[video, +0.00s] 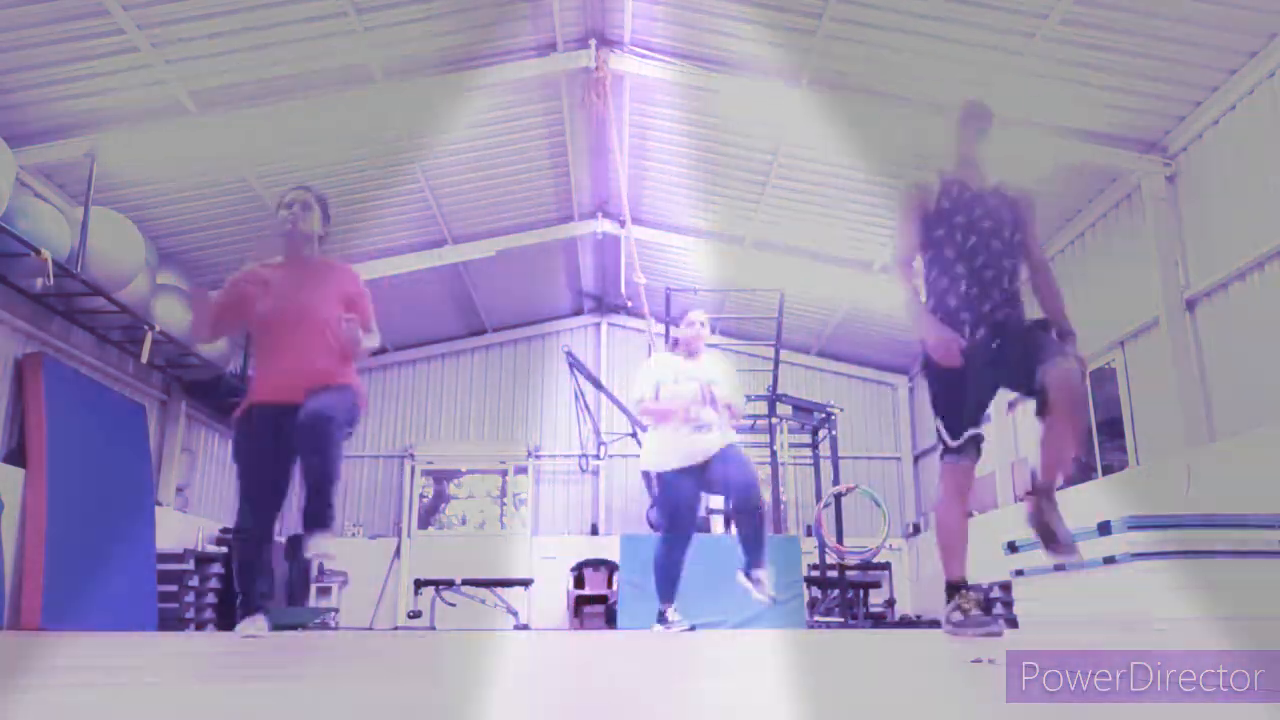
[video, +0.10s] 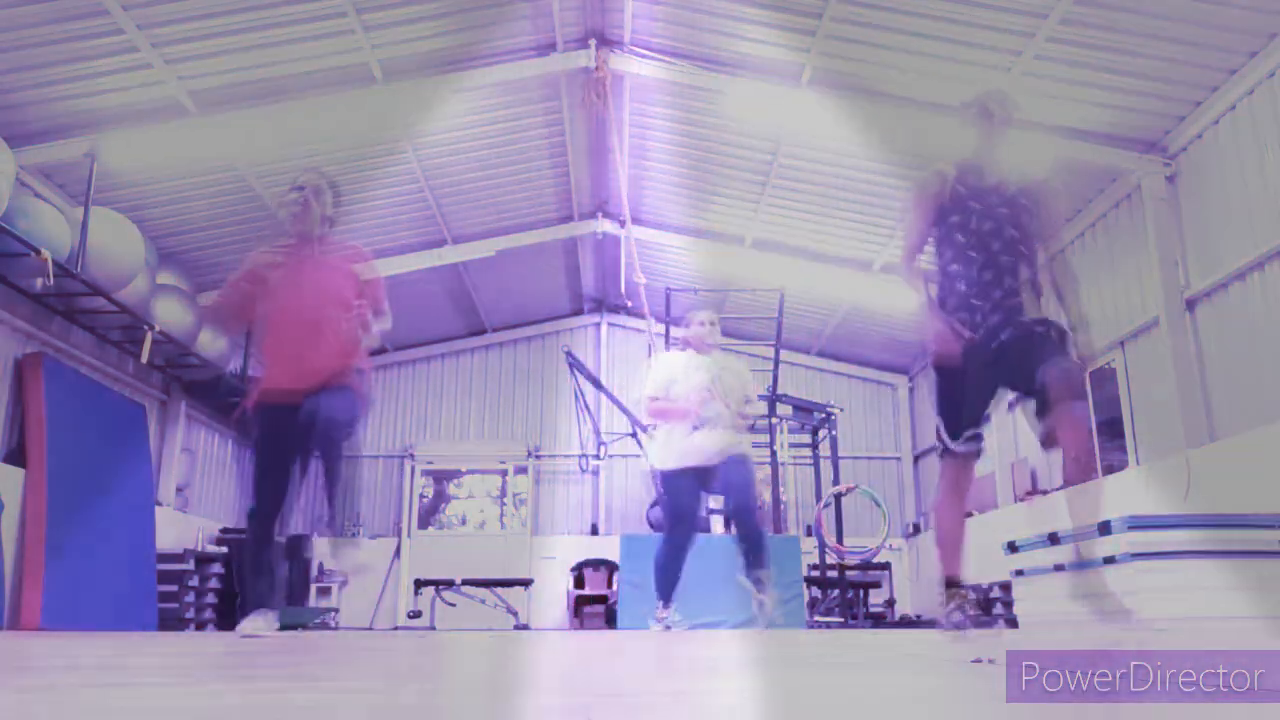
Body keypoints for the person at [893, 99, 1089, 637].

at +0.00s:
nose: (972, 136)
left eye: (980, 128)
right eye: (966, 127)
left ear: (988, 137)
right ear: (953, 134)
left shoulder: (1012, 202)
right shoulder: (925, 197)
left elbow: (1038, 269)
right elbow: (903, 266)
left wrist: (1061, 328)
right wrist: (927, 327)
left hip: (1010, 334)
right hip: (953, 340)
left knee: (1067, 376)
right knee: (958, 467)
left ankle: (1044, 497)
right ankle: (958, 595)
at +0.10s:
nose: (988, 133)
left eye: (997, 124)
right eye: (981, 122)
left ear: (1009, 132)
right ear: (966, 127)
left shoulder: (1026, 195)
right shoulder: (940, 188)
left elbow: (1052, 267)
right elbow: (907, 261)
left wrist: (1077, 331)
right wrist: (932, 319)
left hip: (1020, 328)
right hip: (960, 334)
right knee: (959, 463)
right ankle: (953, 592)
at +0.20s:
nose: (1013, 154)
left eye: (1022, 145)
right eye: (1005, 143)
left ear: (1035, 153)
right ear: (990, 149)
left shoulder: (1046, 208)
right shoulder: (961, 202)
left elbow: (1076, 283)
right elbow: (929, 280)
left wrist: (1104, 350)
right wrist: (948, 339)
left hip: (1043, 346)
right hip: (980, 347)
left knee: (1104, 464)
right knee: (963, 478)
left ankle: (1100, 597)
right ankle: (929, 591)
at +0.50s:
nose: (1040, 135)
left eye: (1048, 127)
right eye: (1032, 125)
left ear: (1058, 133)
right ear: (1015, 129)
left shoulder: (1085, 186)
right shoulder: (984, 188)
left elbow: (1112, 265)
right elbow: (962, 261)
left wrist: (1125, 333)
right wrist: (966, 326)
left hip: (1078, 330)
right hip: (1015, 326)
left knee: (1091, 467)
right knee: (1047, 405)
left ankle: (1097, 592)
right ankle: (990, 490)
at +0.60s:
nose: (1048, 141)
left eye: (1056, 134)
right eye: (1040, 132)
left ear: (1068, 146)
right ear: (1023, 144)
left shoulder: (1094, 211)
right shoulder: (992, 207)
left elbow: (1122, 285)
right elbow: (972, 284)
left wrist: (1141, 350)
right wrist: (970, 357)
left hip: (1088, 340)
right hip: (1022, 335)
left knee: (1097, 477)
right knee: (1076, 372)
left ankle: (1089, 600)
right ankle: (1019, 448)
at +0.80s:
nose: (1051, 122)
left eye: (1058, 115)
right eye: (1041, 115)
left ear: (1069, 125)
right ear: (1024, 127)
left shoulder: (1100, 183)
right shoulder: (1001, 191)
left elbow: (1131, 255)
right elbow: (977, 273)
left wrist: (1148, 316)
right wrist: (975, 346)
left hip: (1099, 326)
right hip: (1038, 323)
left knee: (1107, 465)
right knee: (1090, 384)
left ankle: (1103, 588)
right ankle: (1075, 524)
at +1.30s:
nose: (1073, 133)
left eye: (1081, 123)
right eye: (1064, 124)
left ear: (1091, 127)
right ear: (1048, 129)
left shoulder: (1117, 185)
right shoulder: (1031, 190)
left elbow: (1142, 261)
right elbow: (1018, 269)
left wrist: (1180, 329)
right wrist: (1059, 318)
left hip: (1123, 333)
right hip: (1070, 338)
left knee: (1198, 399)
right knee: (1100, 464)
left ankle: (1124, 458)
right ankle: (1102, 597)